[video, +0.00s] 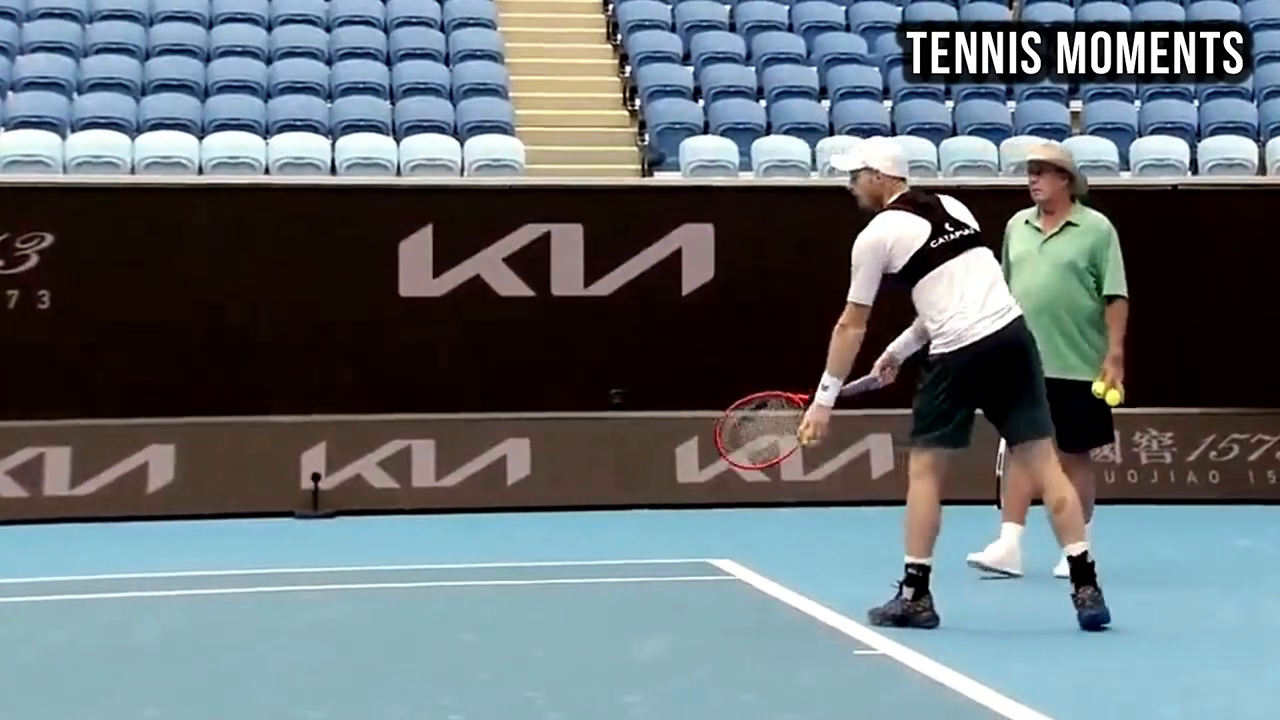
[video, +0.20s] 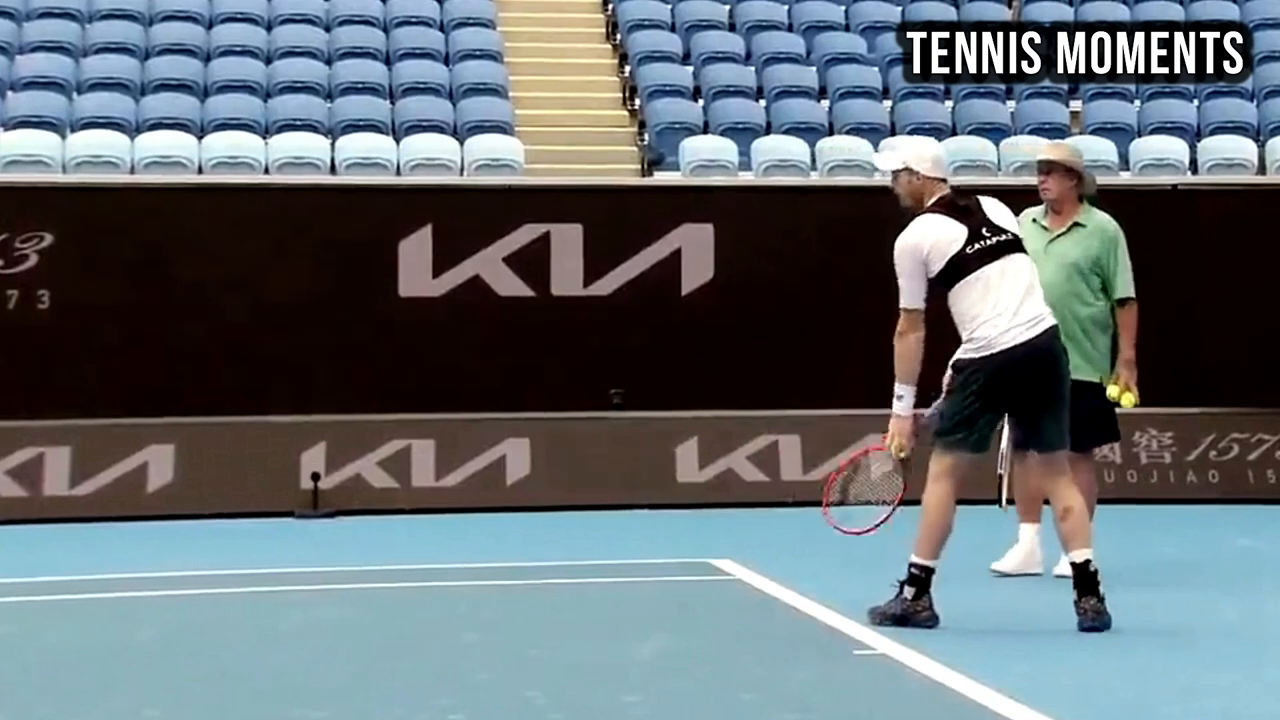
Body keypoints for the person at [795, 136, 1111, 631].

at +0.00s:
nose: (852, 187)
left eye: (857, 177)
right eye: (852, 178)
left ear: (882, 178)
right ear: (896, 179)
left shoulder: (875, 235)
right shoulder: (948, 202)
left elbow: (851, 325)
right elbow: (955, 296)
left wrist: (823, 400)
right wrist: (898, 351)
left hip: (957, 355)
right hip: (1013, 339)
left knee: (925, 471)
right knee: (1047, 465)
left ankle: (915, 595)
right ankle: (1087, 588)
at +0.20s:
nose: (894, 187)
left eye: (898, 177)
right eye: (894, 178)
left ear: (918, 178)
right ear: (938, 178)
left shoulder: (914, 238)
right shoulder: (992, 204)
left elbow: (910, 329)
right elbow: (1005, 300)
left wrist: (902, 409)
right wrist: (958, 383)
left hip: (986, 361)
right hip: (1046, 350)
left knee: (944, 472)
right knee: (1056, 474)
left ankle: (915, 595)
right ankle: (1090, 595)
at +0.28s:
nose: (914, 183)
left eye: (918, 175)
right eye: (915, 174)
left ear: (939, 177)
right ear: (961, 177)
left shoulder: (932, 237)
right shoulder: (1012, 206)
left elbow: (936, 328)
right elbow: (1035, 276)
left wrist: (935, 408)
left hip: (1002, 363)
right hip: (1059, 354)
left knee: (951, 474)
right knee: (1064, 476)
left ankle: (916, 594)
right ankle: (1091, 595)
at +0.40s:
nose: (944, 177)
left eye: (948, 167)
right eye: (946, 167)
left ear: (967, 170)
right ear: (993, 168)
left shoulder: (956, 234)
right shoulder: (1045, 205)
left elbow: (969, 323)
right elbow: (1058, 286)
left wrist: (976, 395)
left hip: (1011, 373)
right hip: (1071, 363)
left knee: (959, 476)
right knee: (1076, 481)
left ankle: (917, 593)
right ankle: (1092, 597)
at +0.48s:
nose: (968, 168)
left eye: (971, 161)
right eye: (970, 159)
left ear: (984, 165)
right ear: (1016, 163)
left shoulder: (970, 228)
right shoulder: (1068, 208)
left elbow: (979, 313)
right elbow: (1088, 294)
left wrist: (983, 380)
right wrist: (1069, 346)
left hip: (1015, 376)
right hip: (1077, 368)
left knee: (960, 474)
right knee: (1080, 485)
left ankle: (918, 593)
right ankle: (1092, 598)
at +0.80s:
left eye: (1022, 154)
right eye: (1070, 165)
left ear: (1021, 167)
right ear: (1067, 171)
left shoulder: (994, 203)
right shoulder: (1092, 222)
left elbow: (949, 153)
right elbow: (1135, 285)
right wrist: (1140, 319)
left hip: (997, 375)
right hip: (1061, 374)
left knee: (953, 475)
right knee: (1077, 492)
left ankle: (925, 590)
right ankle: (1091, 596)